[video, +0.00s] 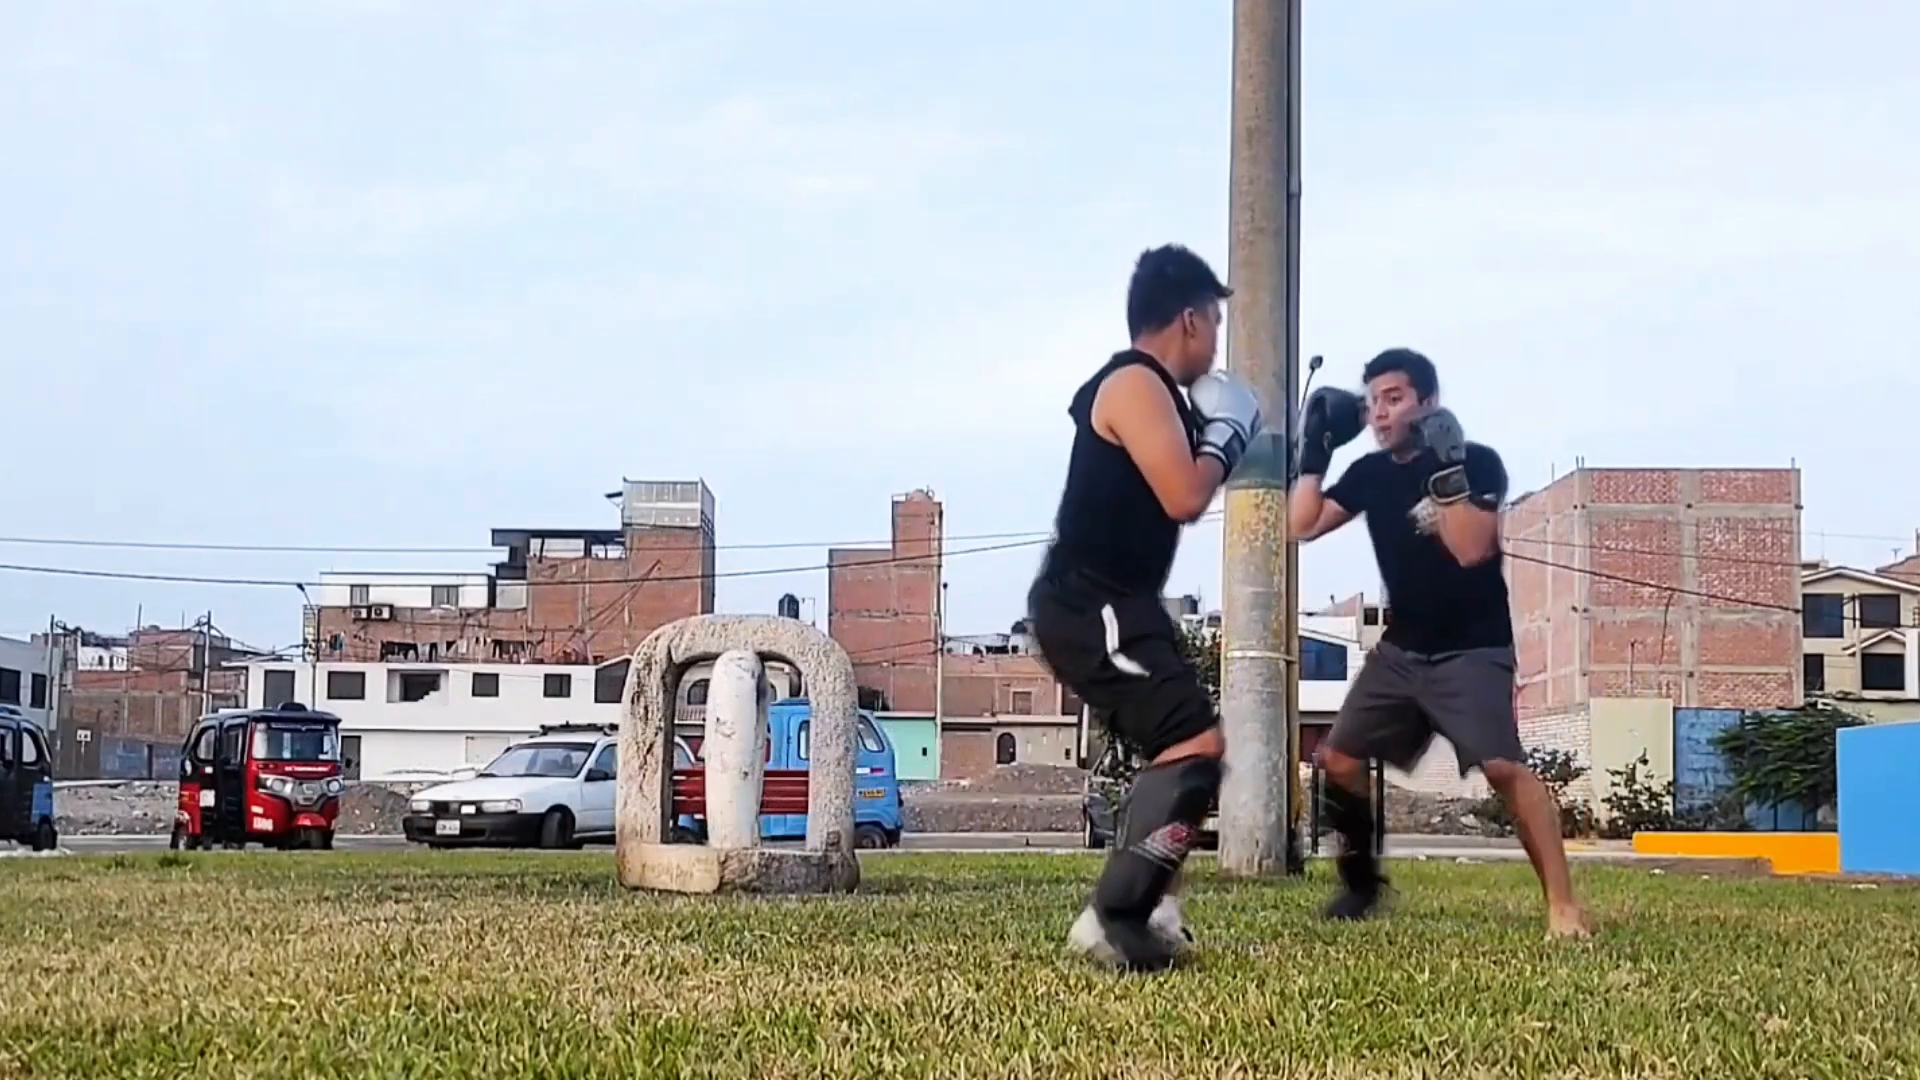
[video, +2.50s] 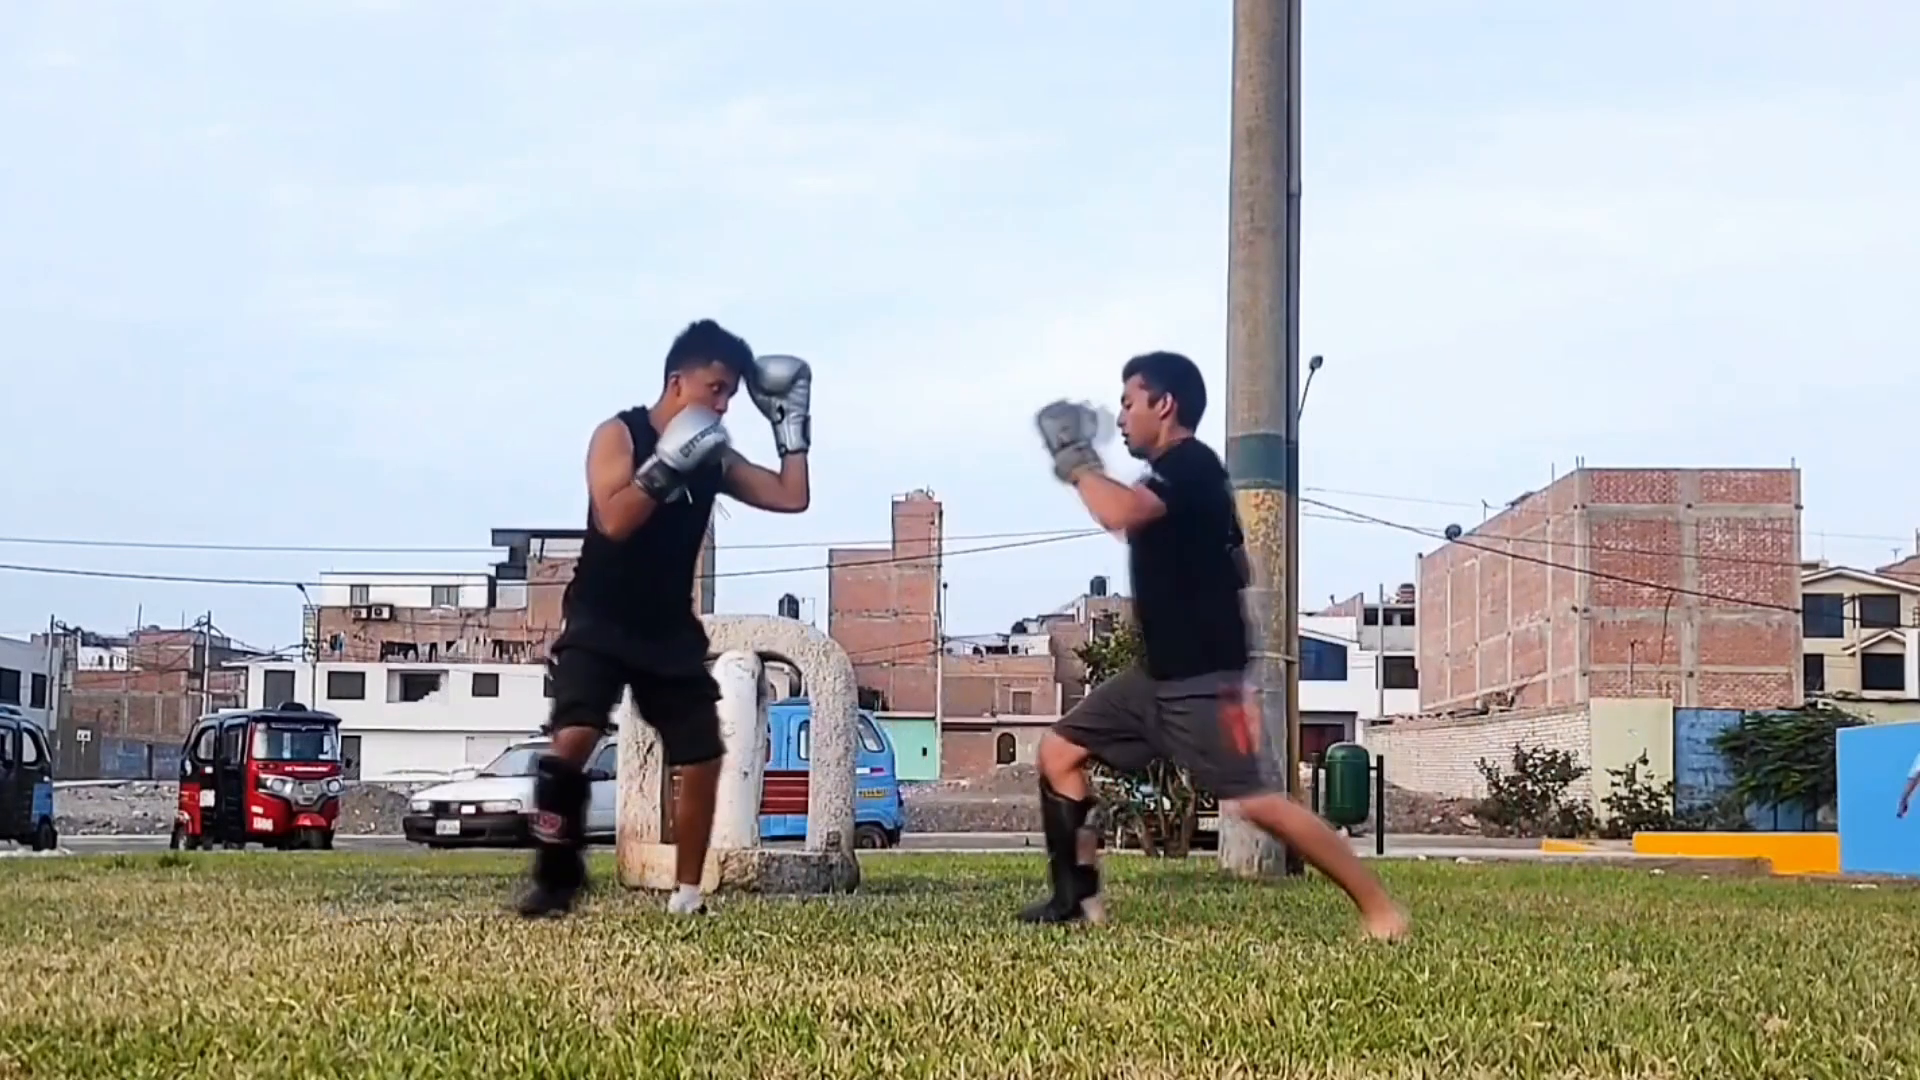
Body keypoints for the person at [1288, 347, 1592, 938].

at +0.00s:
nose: (1379, 410)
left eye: (1392, 397)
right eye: (1372, 400)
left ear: (1427, 401)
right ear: (1368, 409)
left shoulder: (1473, 462)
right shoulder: (1372, 471)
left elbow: (1473, 548)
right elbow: (1302, 524)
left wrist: (1446, 467)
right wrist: (1316, 444)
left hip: (1473, 652)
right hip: (1401, 651)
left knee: (1502, 764)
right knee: (1339, 759)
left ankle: (1564, 908)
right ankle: (1362, 889)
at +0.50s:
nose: (1387, 597)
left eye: (1401, 583)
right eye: (1378, 584)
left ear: (1433, 578)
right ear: (1369, 581)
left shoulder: (1480, 611)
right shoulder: (1361, 608)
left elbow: (1482, 712)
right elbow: (1312, 692)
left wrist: (1458, 640)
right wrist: (1322, 626)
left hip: (1467, 706)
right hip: (1392, 709)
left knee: (1507, 776)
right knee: (1304, 799)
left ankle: (1549, 912)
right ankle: (1290, 905)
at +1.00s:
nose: (1233, 463)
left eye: (1245, 451)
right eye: (1230, 452)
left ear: (1284, 458)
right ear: (1229, 457)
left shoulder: (1324, 513)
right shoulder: (1222, 512)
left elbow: (1386, 550)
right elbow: (1150, 542)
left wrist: (1415, 570)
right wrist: (1131, 496)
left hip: (1338, 683)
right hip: (1272, 679)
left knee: (1389, 784)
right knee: (1214, 791)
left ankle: (1485, 884)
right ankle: (1257, 901)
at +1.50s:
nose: (1158, 452)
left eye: (1174, 445)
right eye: (1159, 440)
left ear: (1209, 465)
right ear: (1155, 443)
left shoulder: (1211, 546)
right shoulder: (1121, 484)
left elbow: (1228, 625)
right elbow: (1065, 536)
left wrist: (1228, 565)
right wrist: (1003, 570)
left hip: (1088, 677)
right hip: (1016, 636)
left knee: (1135, 779)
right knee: (898, 696)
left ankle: (1058, 907)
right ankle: (803, 749)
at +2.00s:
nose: (1069, 376)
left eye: (1081, 365)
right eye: (1071, 366)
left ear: (1119, 377)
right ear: (1108, 378)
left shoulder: (1155, 447)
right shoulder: (1071, 463)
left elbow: (1116, 507)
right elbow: (1027, 538)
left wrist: (1087, 429)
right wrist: (1010, 468)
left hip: (1111, 642)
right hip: (1045, 639)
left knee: (1124, 781)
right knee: (979, 763)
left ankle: (1177, 907)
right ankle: (910, 892)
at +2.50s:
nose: (1120, 415)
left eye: (1128, 402)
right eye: (1122, 402)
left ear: (1166, 407)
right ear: (1170, 409)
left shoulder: (1191, 464)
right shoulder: (1181, 471)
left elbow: (1121, 513)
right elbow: (1235, 569)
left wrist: (1077, 462)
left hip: (1204, 680)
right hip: (1156, 676)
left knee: (1257, 802)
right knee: (1058, 753)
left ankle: (1379, 909)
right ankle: (1075, 899)